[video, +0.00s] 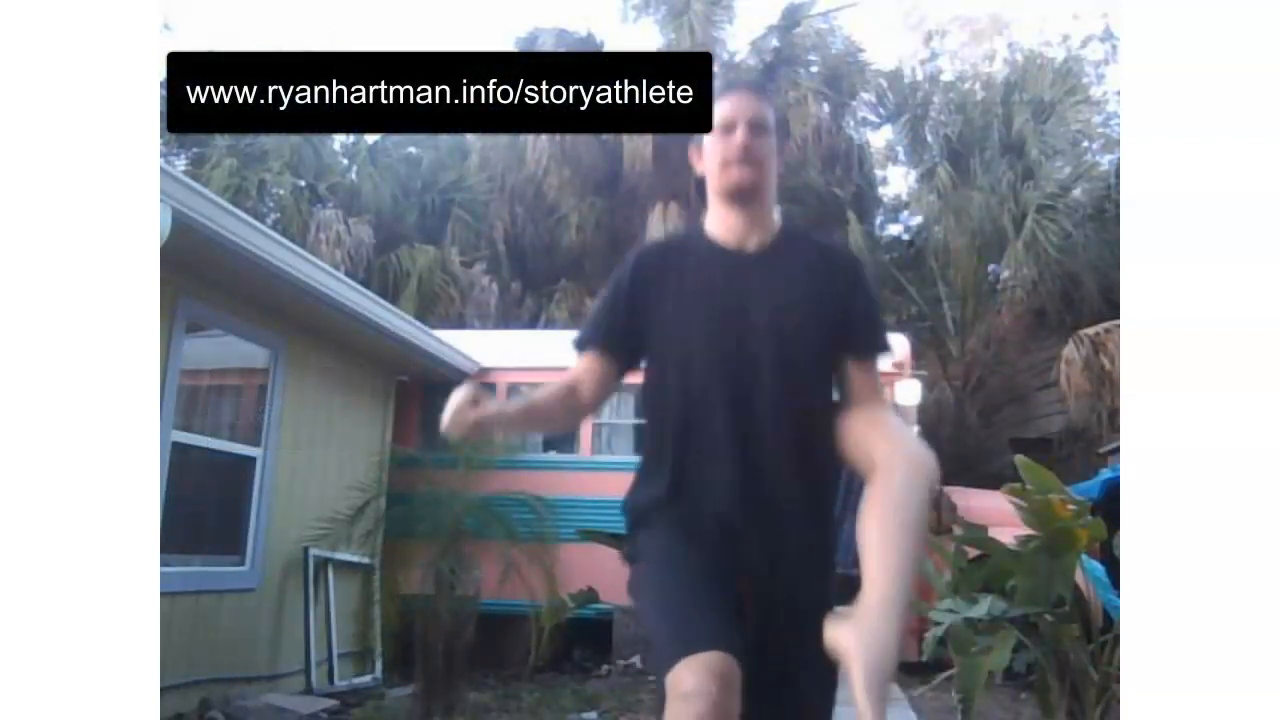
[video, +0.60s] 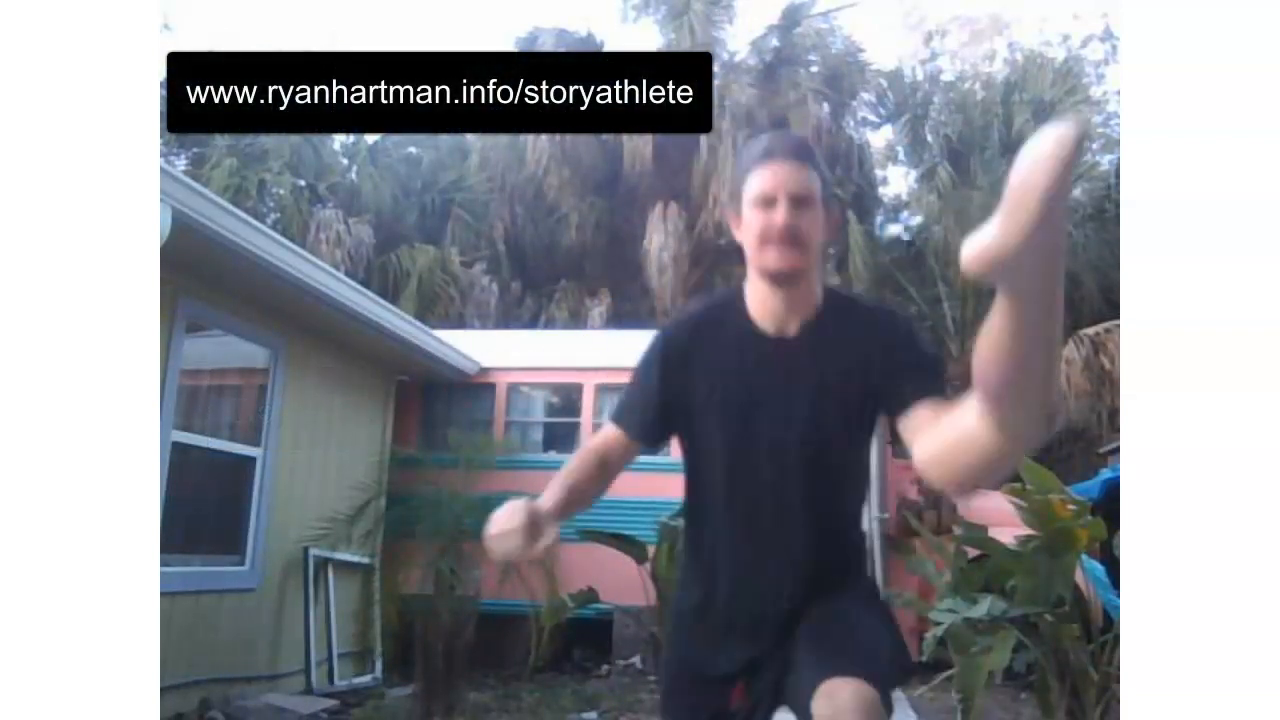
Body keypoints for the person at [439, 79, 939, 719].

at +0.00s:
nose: (743, 142)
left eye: (758, 129)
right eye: (725, 129)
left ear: (781, 150)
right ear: (698, 156)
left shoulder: (830, 268)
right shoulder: (655, 269)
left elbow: (865, 404)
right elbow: (580, 392)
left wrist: (900, 458)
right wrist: (496, 417)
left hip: (792, 537)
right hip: (681, 527)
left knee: (790, 712)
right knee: (705, 690)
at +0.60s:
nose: (784, 220)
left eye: (802, 202)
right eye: (765, 203)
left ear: (829, 220)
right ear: (737, 223)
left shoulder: (877, 336)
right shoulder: (690, 340)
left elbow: (944, 459)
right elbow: (610, 447)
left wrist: (1002, 425)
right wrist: (548, 508)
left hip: (832, 600)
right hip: (715, 609)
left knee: (849, 703)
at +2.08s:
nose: (778, 369)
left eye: (796, 347)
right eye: (759, 348)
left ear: (816, 321)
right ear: (721, 315)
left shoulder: (862, 404)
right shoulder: (674, 401)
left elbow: (899, 547)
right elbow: (588, 523)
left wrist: (940, 637)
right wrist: (490, 594)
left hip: (808, 650)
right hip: (690, 630)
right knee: (752, 692)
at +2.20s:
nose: (784, 301)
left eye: (805, 281)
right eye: (768, 278)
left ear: (831, 284)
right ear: (734, 278)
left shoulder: (871, 398)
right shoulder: (683, 380)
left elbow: (894, 537)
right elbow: (607, 493)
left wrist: (942, 639)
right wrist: (506, 588)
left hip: (795, 634)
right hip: (683, 608)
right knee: (733, 694)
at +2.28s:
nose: (784, 11)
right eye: (756, 6)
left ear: (812, 15)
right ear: (725, 48)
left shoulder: (863, 149)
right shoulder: (711, 163)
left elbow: (900, 279)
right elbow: (652, 319)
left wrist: (965, 326)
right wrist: (611, 470)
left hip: (833, 462)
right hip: (730, 466)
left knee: (859, 685)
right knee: (761, 688)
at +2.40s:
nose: (695, 165)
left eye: (708, 156)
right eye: (682, 158)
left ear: (730, 179)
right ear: (664, 186)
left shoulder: (769, 258)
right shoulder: (637, 263)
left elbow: (803, 382)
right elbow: (614, 366)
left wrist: (665, 443)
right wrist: (601, 427)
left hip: (740, 497)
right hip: (653, 495)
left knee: (768, 679)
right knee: (651, 661)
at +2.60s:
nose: (730, 78)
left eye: (747, 61)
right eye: (712, 63)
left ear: (770, 77)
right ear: (690, 83)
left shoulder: (828, 190)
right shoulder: (653, 205)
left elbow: (886, 347)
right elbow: (627, 335)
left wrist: (779, 416)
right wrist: (584, 440)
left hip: (797, 502)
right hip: (672, 502)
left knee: (802, 705)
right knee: (656, 701)